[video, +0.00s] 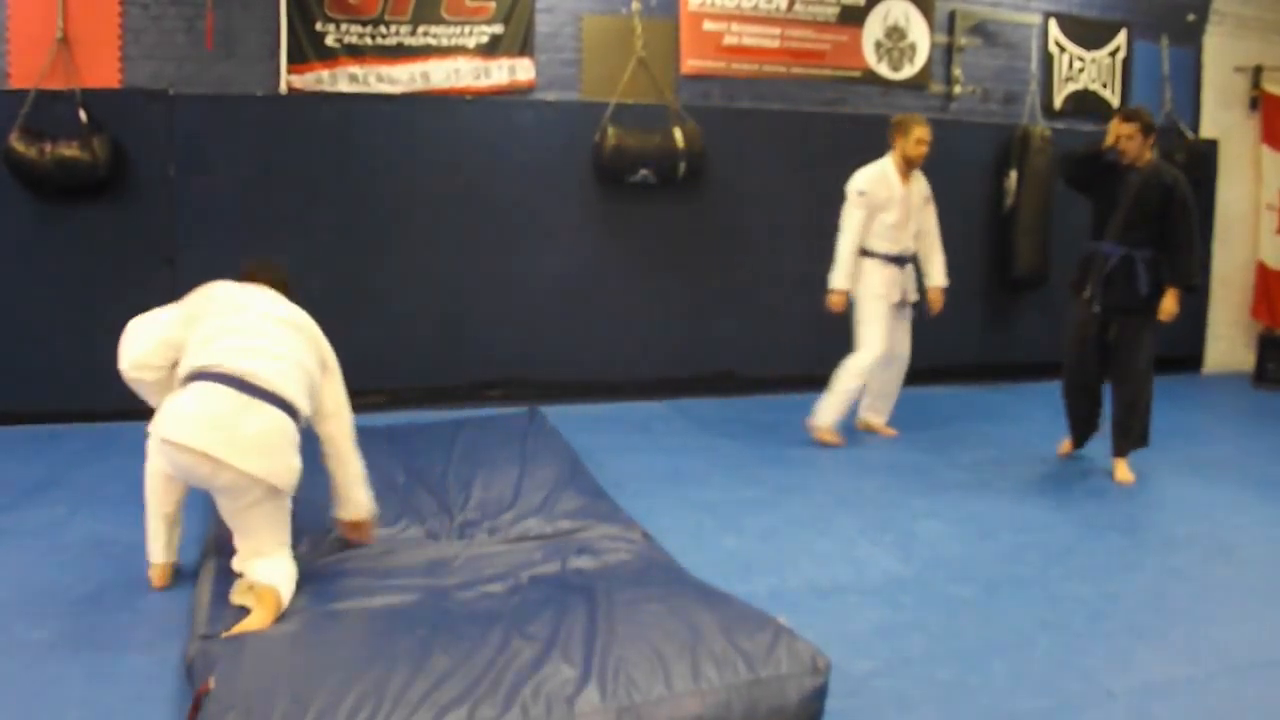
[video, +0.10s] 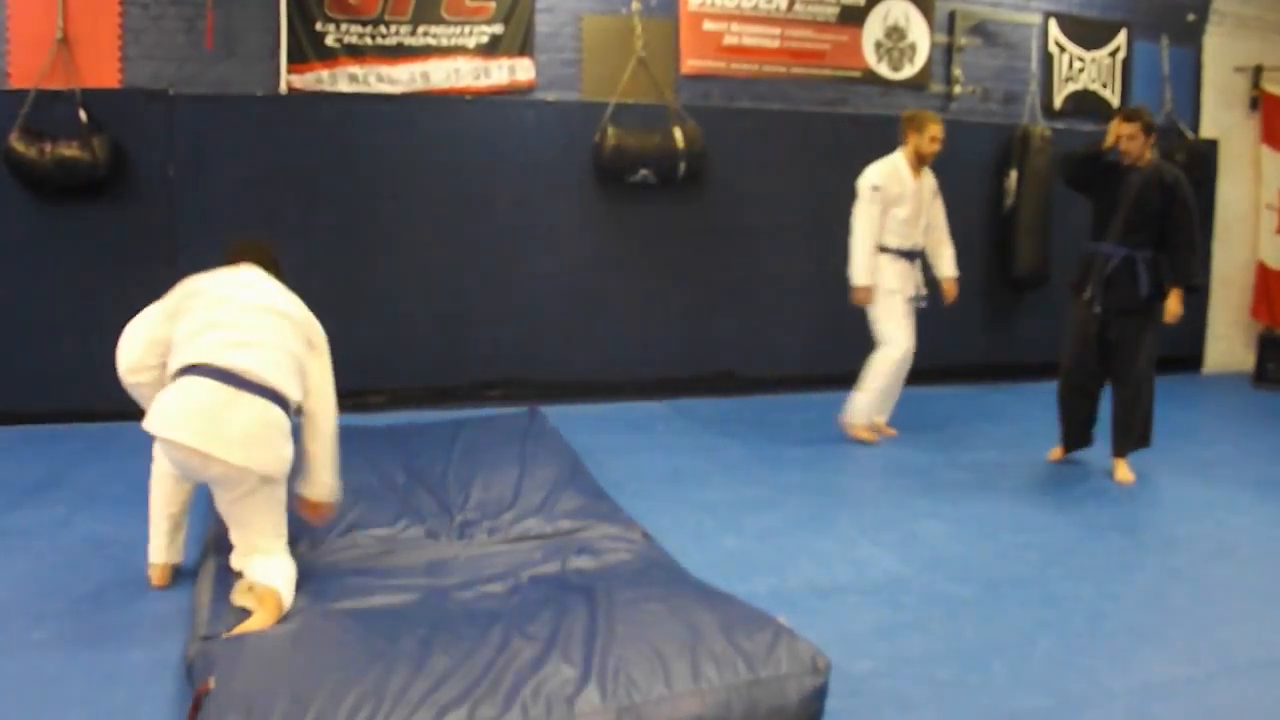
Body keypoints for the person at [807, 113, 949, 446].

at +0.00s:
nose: (924, 150)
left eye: (927, 144)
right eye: (918, 142)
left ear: (928, 147)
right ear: (898, 141)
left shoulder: (920, 185)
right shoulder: (867, 180)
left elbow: (929, 236)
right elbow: (849, 235)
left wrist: (936, 282)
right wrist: (839, 284)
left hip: (905, 270)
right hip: (872, 267)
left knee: (899, 349)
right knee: (871, 347)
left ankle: (873, 414)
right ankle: (823, 419)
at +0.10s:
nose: (938, 147)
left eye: (940, 141)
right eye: (932, 140)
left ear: (939, 143)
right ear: (911, 137)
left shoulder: (927, 180)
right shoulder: (878, 175)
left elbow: (937, 229)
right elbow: (863, 229)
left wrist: (947, 273)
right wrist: (861, 278)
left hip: (910, 265)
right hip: (882, 263)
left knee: (905, 345)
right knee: (895, 342)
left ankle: (877, 416)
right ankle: (856, 415)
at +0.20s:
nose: (957, 148)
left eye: (958, 141)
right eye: (952, 140)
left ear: (941, 141)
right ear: (931, 137)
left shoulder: (937, 174)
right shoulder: (896, 172)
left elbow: (947, 223)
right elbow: (884, 225)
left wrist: (960, 265)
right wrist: (889, 274)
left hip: (921, 263)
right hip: (898, 263)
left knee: (897, 341)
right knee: (927, 337)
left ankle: (872, 409)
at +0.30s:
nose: (974, 155)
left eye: (975, 148)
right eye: (970, 147)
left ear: (953, 146)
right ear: (949, 143)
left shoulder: (948, 180)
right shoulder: (919, 176)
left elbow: (955, 228)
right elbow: (906, 229)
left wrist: (971, 267)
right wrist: (915, 278)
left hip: (928, 266)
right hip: (913, 268)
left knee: (901, 347)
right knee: (946, 346)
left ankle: (871, 412)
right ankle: (964, 421)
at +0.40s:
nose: (993, 160)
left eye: (994, 153)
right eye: (989, 153)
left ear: (973, 150)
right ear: (970, 149)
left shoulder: (960, 180)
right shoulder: (946, 181)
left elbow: (964, 236)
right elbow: (937, 238)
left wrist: (976, 274)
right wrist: (945, 290)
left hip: (928, 270)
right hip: (931, 272)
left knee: (904, 348)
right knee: (962, 353)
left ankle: (870, 411)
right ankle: (990, 422)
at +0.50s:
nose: (1018, 158)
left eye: (1018, 152)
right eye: (1013, 152)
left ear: (990, 151)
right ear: (994, 151)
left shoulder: (962, 174)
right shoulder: (982, 187)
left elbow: (946, 227)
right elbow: (973, 245)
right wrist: (976, 297)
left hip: (936, 266)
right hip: (958, 274)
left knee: (918, 344)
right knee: (982, 352)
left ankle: (877, 404)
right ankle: (991, 424)